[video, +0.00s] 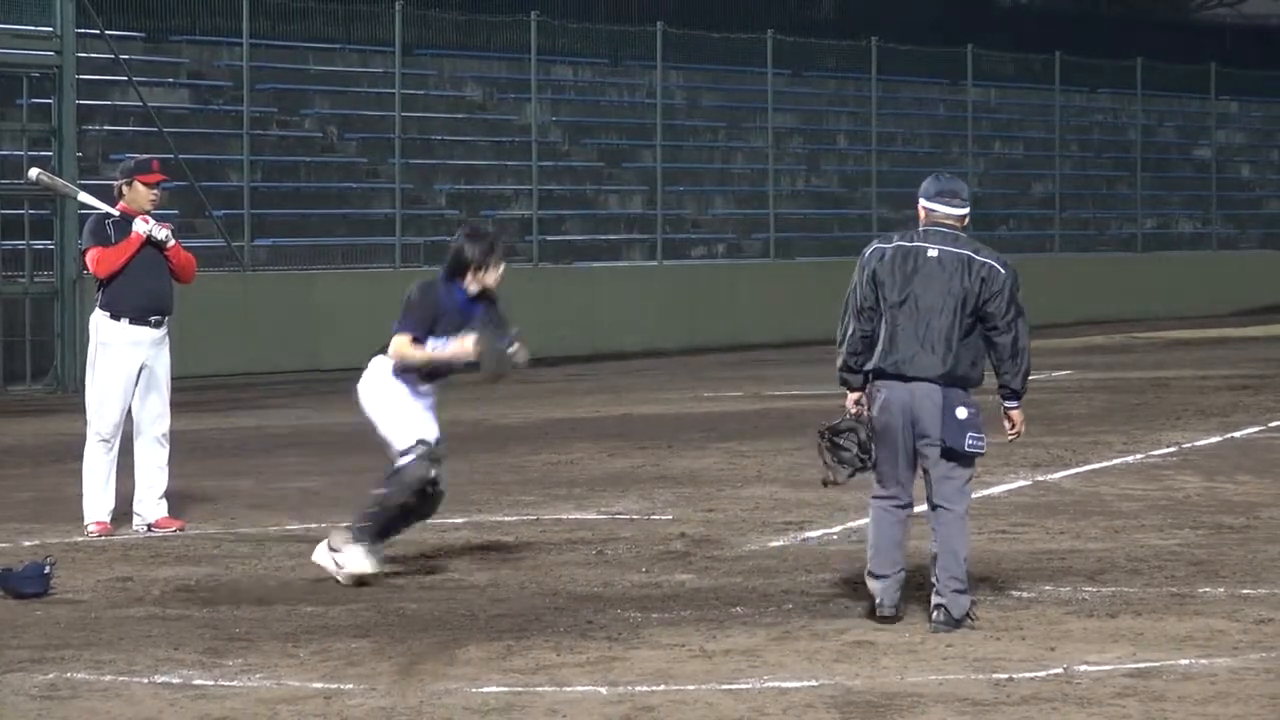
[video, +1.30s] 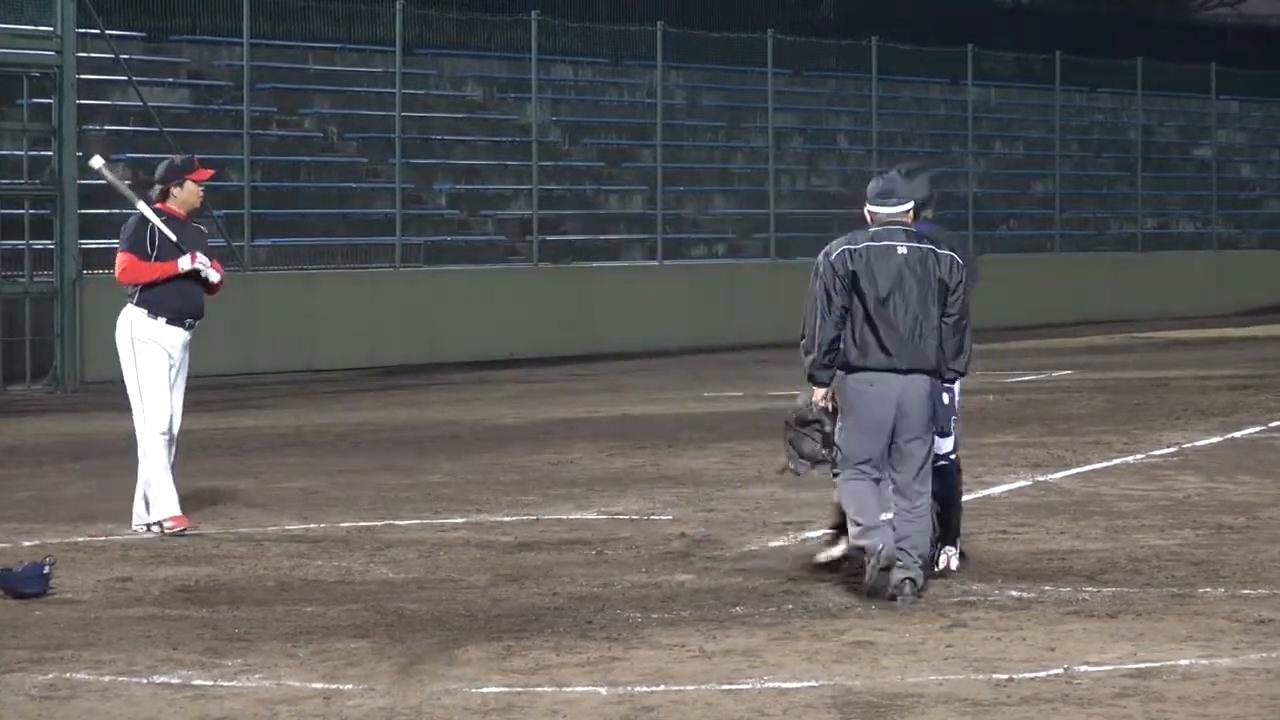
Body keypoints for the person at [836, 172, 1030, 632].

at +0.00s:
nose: (922, 216)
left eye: (921, 210)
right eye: (954, 214)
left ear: (920, 212)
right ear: (965, 217)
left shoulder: (879, 254)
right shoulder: (988, 265)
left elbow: (858, 324)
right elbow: (1007, 336)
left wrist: (854, 382)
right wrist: (1012, 398)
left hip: (889, 393)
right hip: (950, 397)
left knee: (890, 494)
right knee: (950, 502)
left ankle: (885, 596)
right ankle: (949, 604)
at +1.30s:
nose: (869, 215)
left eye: (871, 210)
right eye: (904, 210)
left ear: (868, 214)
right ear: (911, 213)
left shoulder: (839, 255)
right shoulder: (943, 260)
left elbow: (824, 324)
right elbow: (955, 327)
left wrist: (821, 378)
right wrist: (948, 376)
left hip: (863, 385)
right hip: (919, 385)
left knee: (859, 470)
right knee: (912, 480)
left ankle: (876, 545)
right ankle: (909, 569)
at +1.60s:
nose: (844, 224)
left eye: (844, 219)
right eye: (848, 219)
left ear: (848, 219)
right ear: (888, 217)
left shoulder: (826, 258)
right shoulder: (923, 257)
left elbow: (815, 327)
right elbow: (937, 321)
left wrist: (811, 383)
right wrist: (924, 369)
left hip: (851, 384)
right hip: (906, 383)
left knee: (848, 474)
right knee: (905, 476)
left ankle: (838, 567)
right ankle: (906, 571)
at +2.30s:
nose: (786, 242)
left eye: (784, 237)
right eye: (785, 237)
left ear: (792, 232)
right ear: (822, 225)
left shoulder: (795, 262)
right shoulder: (867, 257)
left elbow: (790, 324)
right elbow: (884, 318)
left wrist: (783, 384)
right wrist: (882, 372)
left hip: (828, 382)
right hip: (870, 381)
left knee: (819, 473)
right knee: (852, 471)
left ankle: (838, 565)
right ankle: (855, 556)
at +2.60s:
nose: (759, 252)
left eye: (757, 244)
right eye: (755, 246)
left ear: (767, 235)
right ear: (791, 228)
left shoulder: (780, 260)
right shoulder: (832, 248)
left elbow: (799, 317)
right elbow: (853, 308)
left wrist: (794, 377)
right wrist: (866, 363)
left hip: (830, 369)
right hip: (864, 365)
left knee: (788, 453)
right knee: (845, 458)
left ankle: (816, 543)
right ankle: (852, 547)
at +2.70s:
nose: (749, 261)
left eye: (746, 252)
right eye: (744, 254)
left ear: (756, 240)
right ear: (773, 233)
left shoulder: (777, 265)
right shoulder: (813, 249)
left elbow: (800, 322)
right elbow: (833, 311)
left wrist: (792, 381)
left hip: (830, 370)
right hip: (859, 364)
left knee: (793, 461)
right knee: (843, 461)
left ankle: (793, 550)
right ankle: (852, 551)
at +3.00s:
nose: (708, 285)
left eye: (705, 276)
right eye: (704, 279)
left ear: (717, 262)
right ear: (726, 256)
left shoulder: (749, 283)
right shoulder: (762, 264)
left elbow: (780, 341)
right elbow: (773, 335)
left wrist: (776, 398)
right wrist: (762, 382)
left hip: (811, 375)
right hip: (826, 368)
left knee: (782, 457)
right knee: (796, 454)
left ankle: (782, 549)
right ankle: (816, 525)